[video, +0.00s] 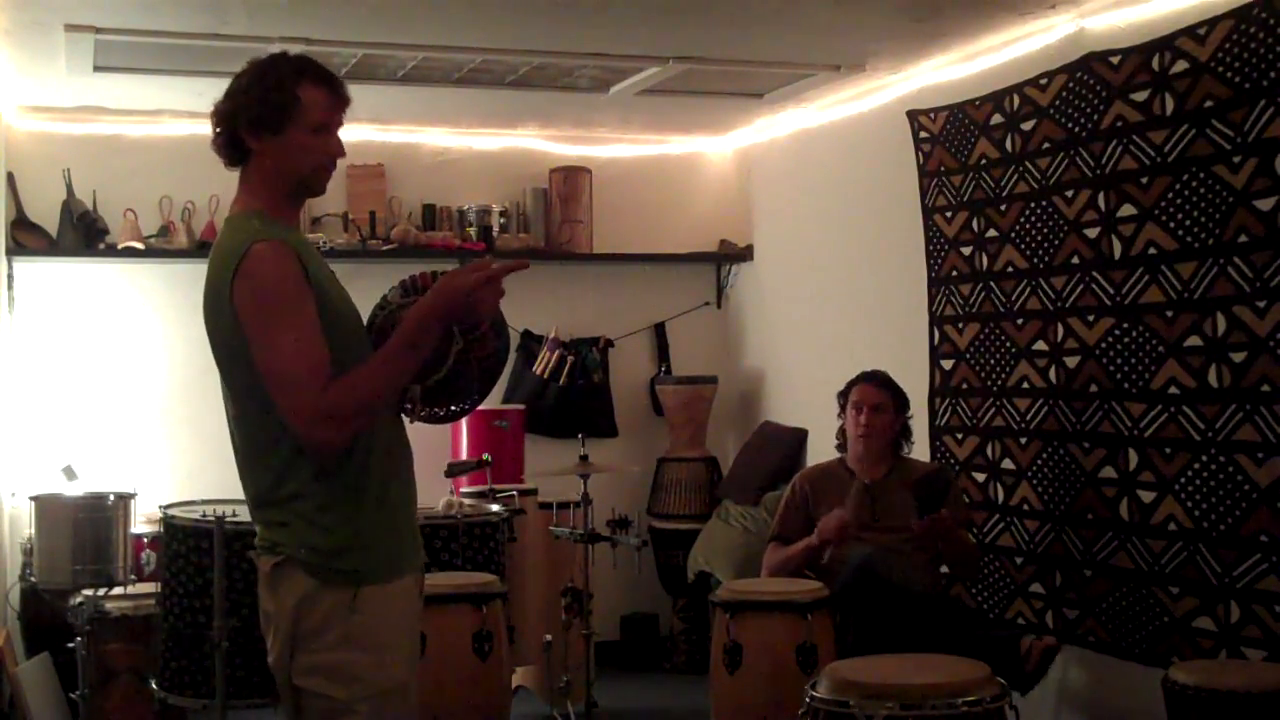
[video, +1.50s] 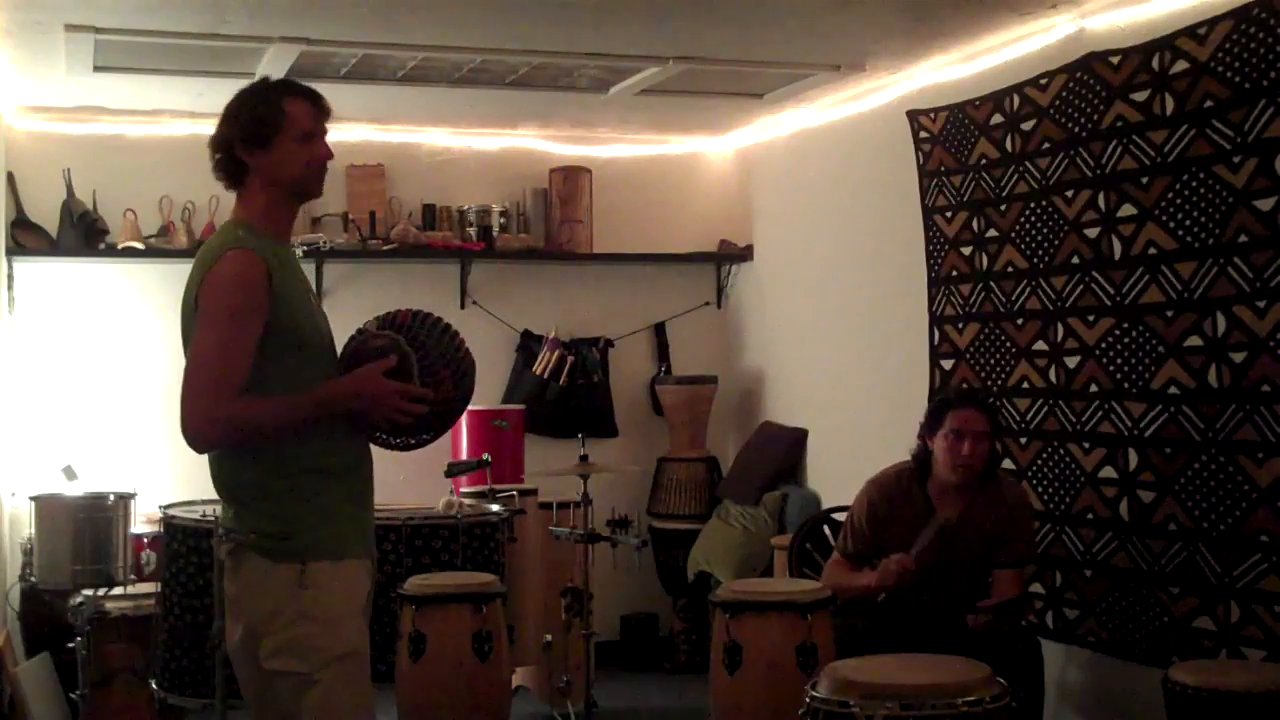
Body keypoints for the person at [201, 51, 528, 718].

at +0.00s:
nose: (339, 148)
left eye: (337, 130)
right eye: (322, 129)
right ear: (260, 135)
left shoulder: (280, 246)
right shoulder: (264, 256)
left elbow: (331, 399)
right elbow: (326, 420)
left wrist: (422, 321)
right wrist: (437, 313)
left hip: (350, 572)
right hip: (338, 581)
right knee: (353, 709)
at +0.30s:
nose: (348, 169)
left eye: (350, 151)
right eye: (335, 149)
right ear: (278, 140)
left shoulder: (279, 249)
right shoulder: (260, 260)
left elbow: (319, 408)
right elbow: (307, 431)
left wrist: (414, 341)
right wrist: (427, 332)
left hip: (356, 572)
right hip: (338, 582)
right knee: (354, 711)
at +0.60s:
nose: (352, 154)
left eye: (351, 136)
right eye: (336, 135)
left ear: (281, 143)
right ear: (275, 139)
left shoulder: (288, 246)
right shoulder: (269, 255)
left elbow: (297, 402)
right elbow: (258, 427)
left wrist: (395, 363)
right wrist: (403, 380)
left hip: (343, 567)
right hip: (329, 576)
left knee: (353, 708)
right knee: (346, 709)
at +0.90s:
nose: (344, 141)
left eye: (342, 125)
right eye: (327, 126)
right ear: (269, 139)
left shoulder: (299, 248)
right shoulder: (264, 256)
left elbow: (304, 393)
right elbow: (231, 428)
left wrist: (389, 374)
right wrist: (370, 396)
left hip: (345, 559)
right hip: (316, 566)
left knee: (356, 704)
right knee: (333, 706)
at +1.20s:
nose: (333, 161)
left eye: (334, 144)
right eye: (318, 143)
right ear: (263, 148)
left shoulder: (285, 255)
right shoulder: (249, 258)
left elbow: (288, 393)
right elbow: (222, 424)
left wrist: (369, 372)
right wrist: (358, 392)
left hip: (329, 561)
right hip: (304, 567)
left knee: (336, 705)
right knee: (317, 706)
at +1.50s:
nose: (327, 150)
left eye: (325, 137)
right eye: (310, 137)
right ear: (256, 149)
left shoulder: (270, 257)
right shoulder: (240, 261)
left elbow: (270, 398)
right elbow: (205, 421)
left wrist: (354, 377)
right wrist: (344, 397)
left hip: (313, 559)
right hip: (293, 564)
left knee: (322, 706)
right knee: (310, 708)